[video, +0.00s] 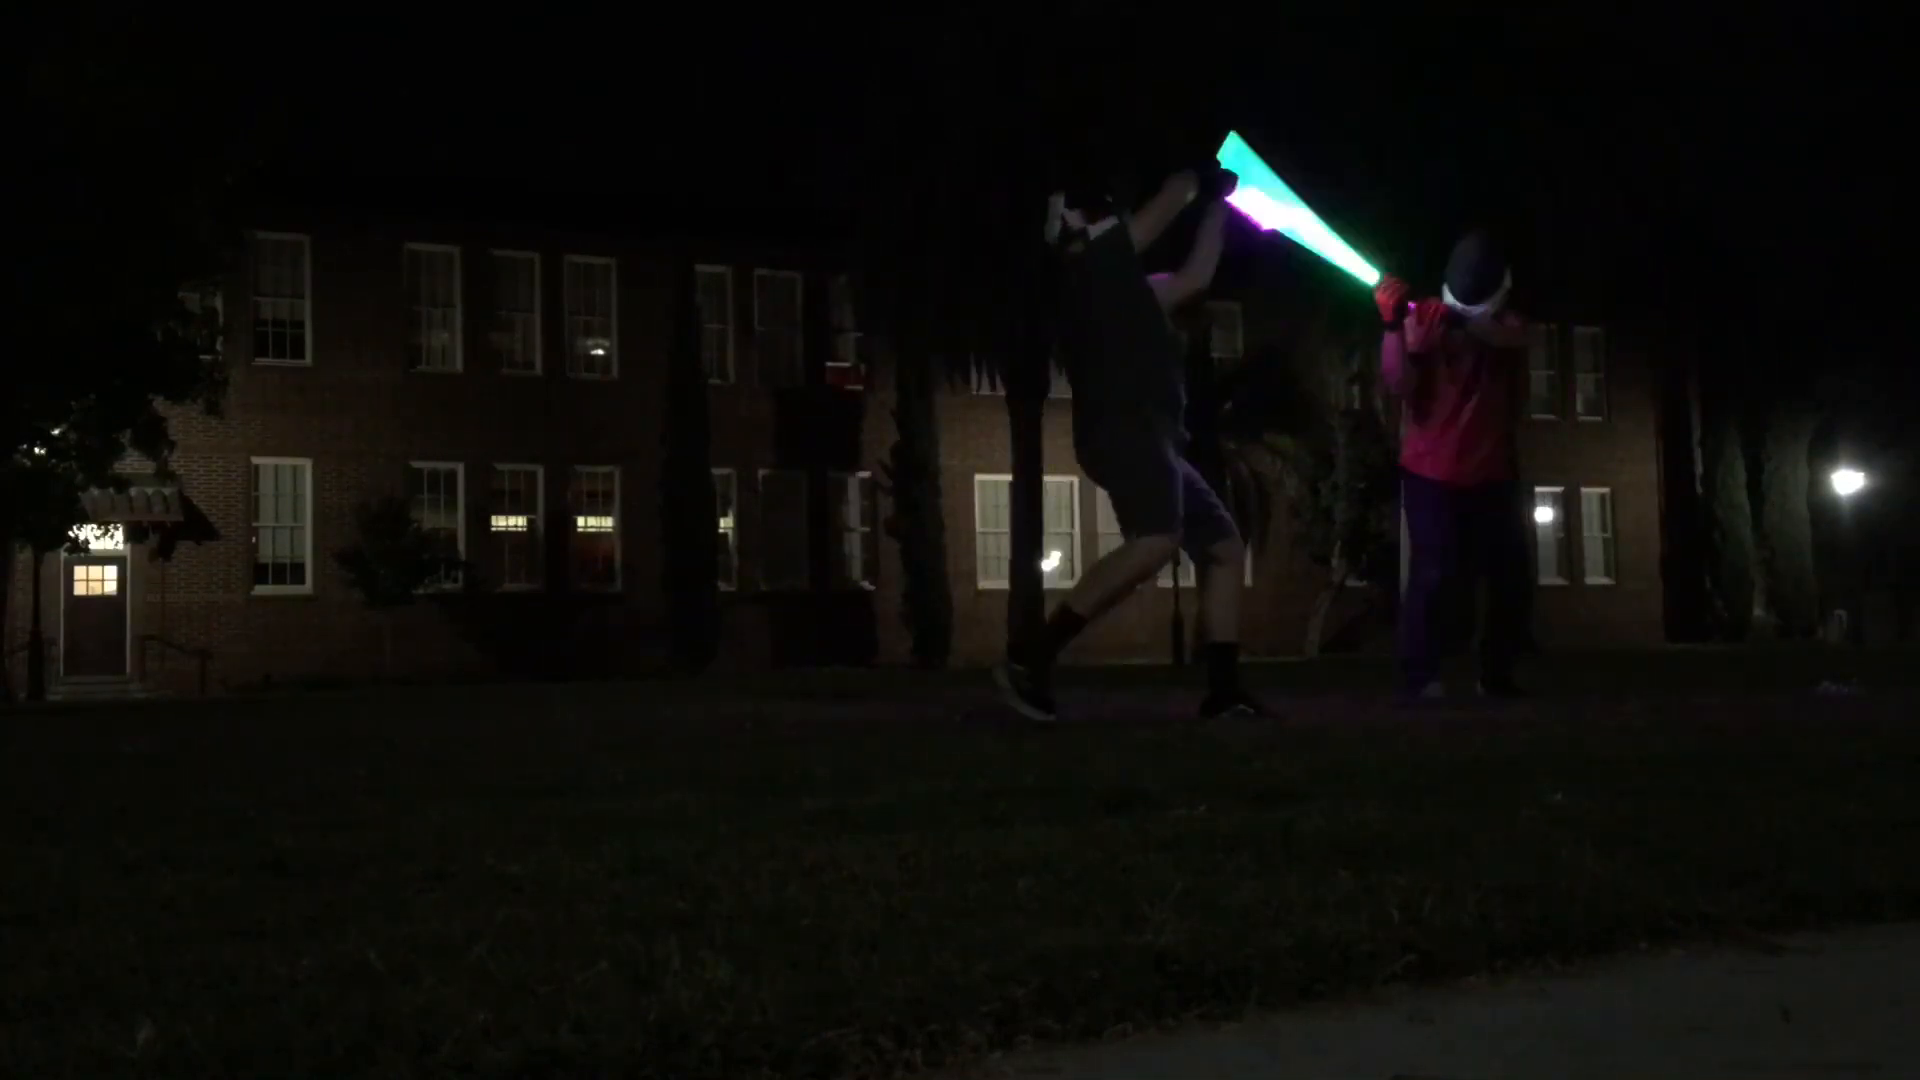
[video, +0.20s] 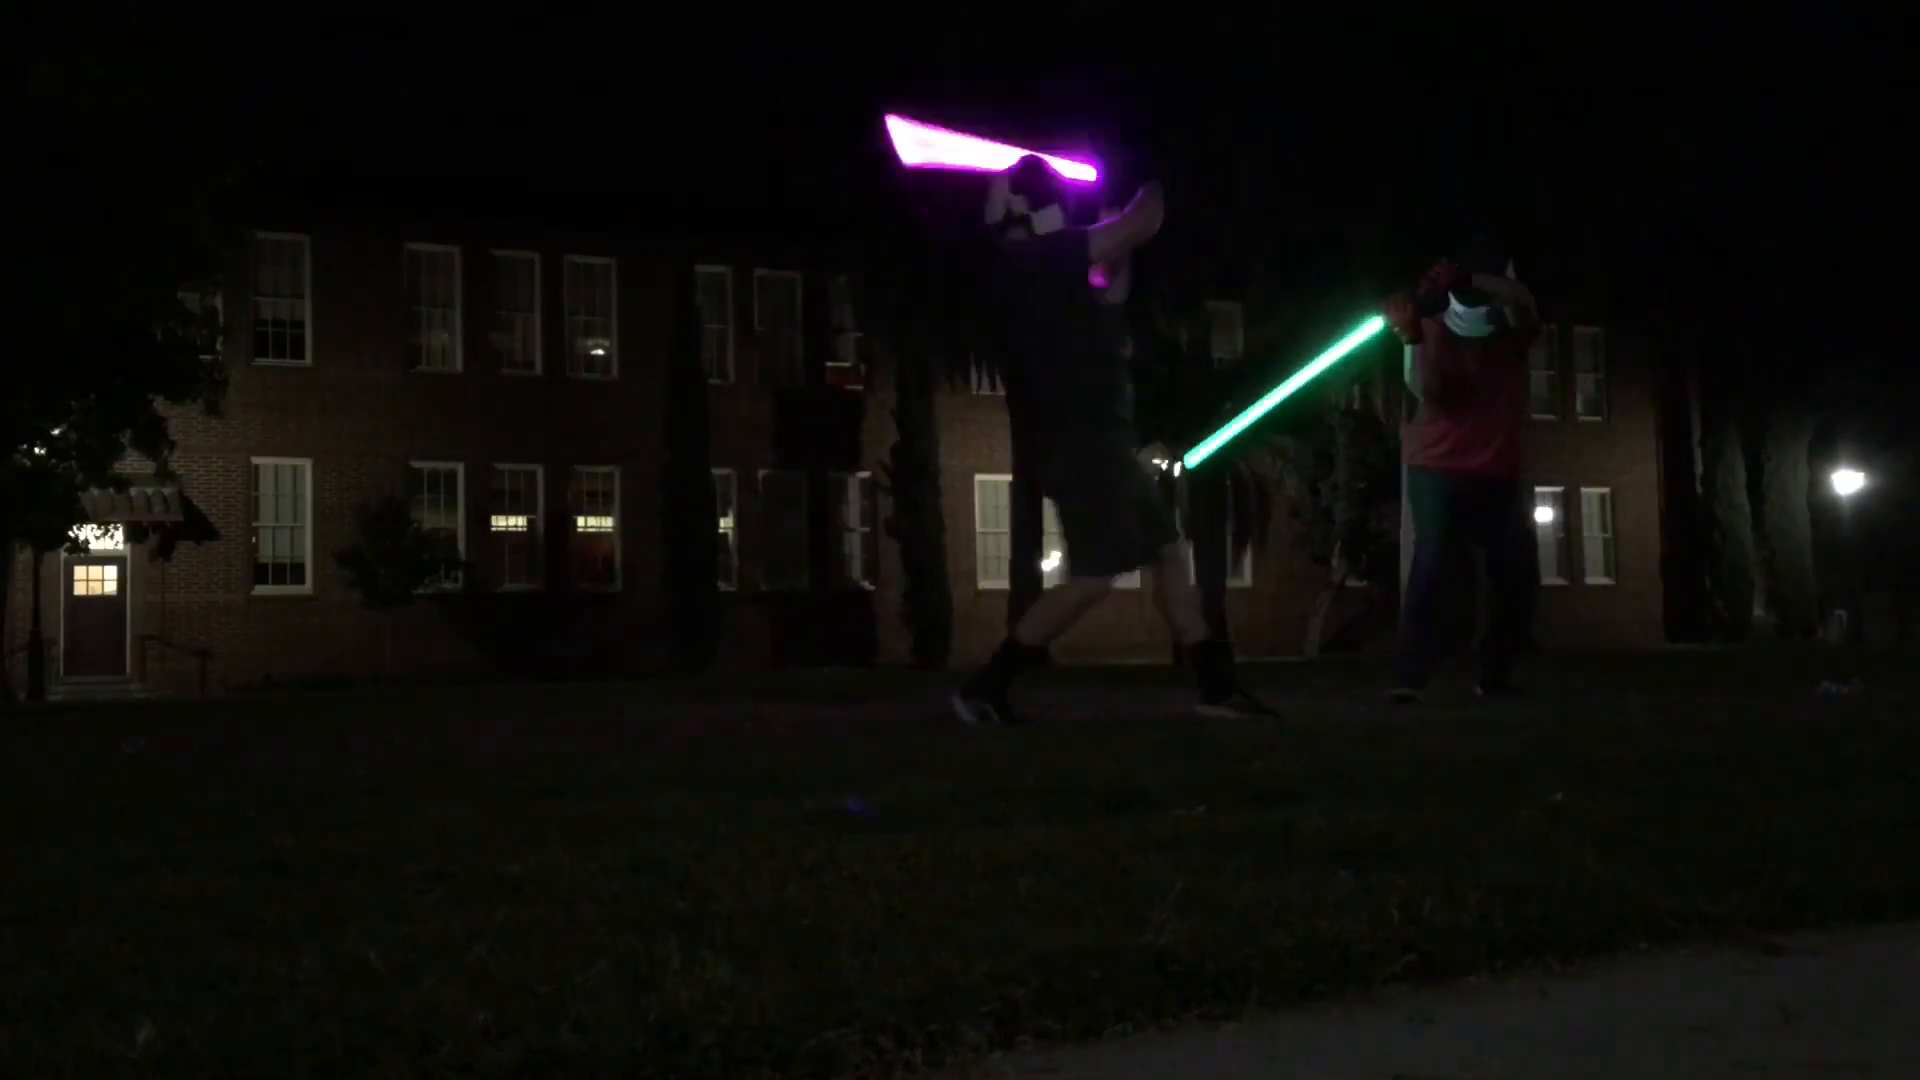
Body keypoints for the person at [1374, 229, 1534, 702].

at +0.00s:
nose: (1475, 313)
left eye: (1485, 305)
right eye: (1466, 305)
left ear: (1499, 295)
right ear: (1451, 293)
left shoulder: (1507, 324)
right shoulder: (1423, 320)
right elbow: (1398, 383)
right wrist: (1392, 324)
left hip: (1491, 474)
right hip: (1431, 474)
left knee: (1508, 576)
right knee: (1436, 574)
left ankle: (1497, 676)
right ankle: (1420, 677)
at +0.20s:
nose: (1473, 324)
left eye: (1483, 315)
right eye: (1465, 315)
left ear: (1500, 307)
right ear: (1451, 303)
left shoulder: (1511, 334)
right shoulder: (1430, 331)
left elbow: (1524, 304)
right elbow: (1423, 386)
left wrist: (1473, 282)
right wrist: (1414, 331)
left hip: (1494, 468)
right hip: (1435, 468)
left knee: (1511, 569)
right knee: (1434, 563)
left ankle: (1497, 675)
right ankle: (1412, 674)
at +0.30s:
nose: (1464, 305)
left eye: (1472, 297)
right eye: (1454, 295)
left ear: (1488, 293)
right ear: (1440, 291)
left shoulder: (1508, 327)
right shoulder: (1427, 327)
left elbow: (1525, 300)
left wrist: (1488, 285)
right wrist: (1414, 326)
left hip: (1496, 465)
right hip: (1436, 467)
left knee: (1509, 569)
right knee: (1433, 566)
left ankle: (1498, 672)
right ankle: (1416, 669)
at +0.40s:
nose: (1461, 284)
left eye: (1468, 274)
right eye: (1452, 275)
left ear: (1482, 272)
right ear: (1436, 275)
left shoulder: (1501, 311)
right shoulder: (1424, 311)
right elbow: (1429, 378)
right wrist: (1473, 324)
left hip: (1495, 461)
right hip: (1435, 464)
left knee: (1502, 570)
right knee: (1435, 569)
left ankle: (1498, 672)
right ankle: (1420, 669)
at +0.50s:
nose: (1439, 306)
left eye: (1448, 296)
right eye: (1429, 297)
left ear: (1467, 283)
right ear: (1419, 289)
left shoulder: (1492, 325)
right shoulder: (1407, 328)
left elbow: (1510, 393)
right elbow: (1404, 394)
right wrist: (1465, 370)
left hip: (1488, 474)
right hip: (1428, 478)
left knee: (1498, 578)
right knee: (1434, 580)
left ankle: (1497, 676)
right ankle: (1428, 676)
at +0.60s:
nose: (1432, 314)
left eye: (1441, 302)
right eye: (1422, 305)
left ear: (1460, 296)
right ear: (1410, 304)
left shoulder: (1484, 344)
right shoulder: (1397, 351)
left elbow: (1504, 401)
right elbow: (1387, 405)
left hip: (1483, 493)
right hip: (1423, 495)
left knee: (1493, 588)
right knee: (1430, 591)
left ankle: (1495, 678)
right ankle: (1432, 678)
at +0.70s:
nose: (1425, 326)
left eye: (1436, 315)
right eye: (1417, 317)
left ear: (1454, 306)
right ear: (1407, 311)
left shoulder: (1475, 349)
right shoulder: (1399, 354)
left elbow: (1474, 406)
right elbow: (1369, 401)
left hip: (1472, 491)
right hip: (1416, 493)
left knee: (1483, 582)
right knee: (1424, 589)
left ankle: (1489, 674)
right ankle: (1432, 678)